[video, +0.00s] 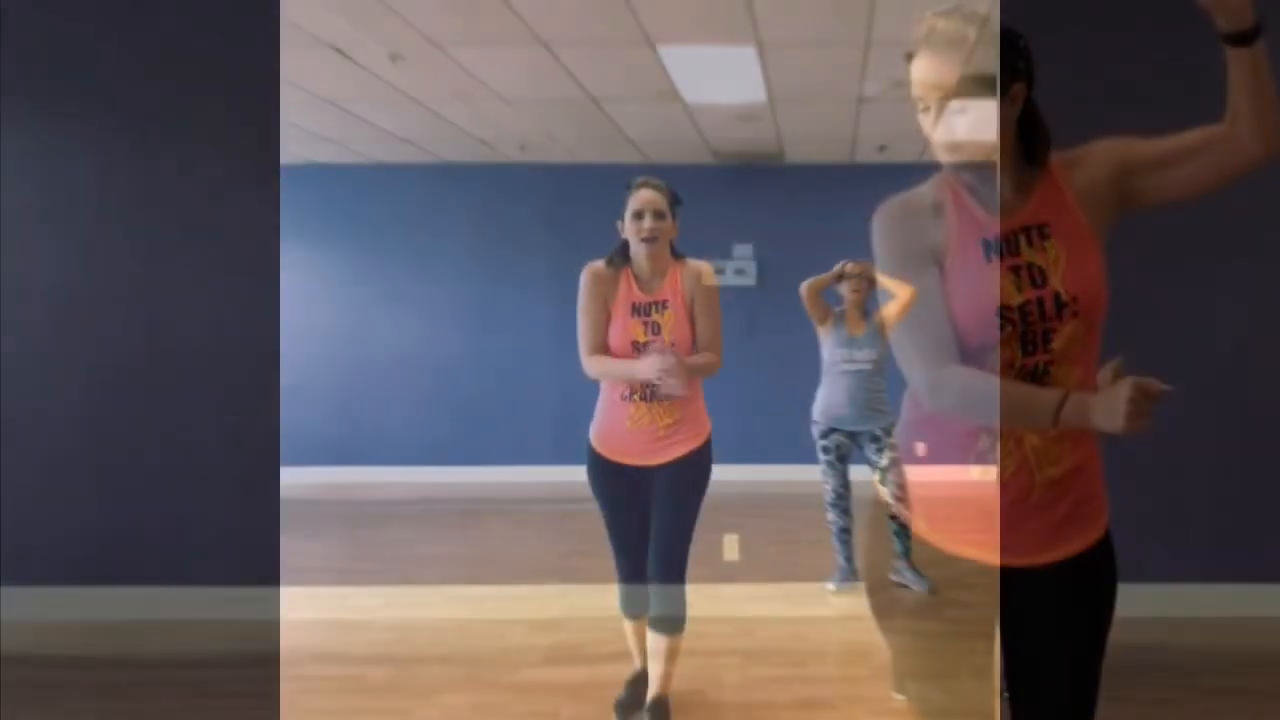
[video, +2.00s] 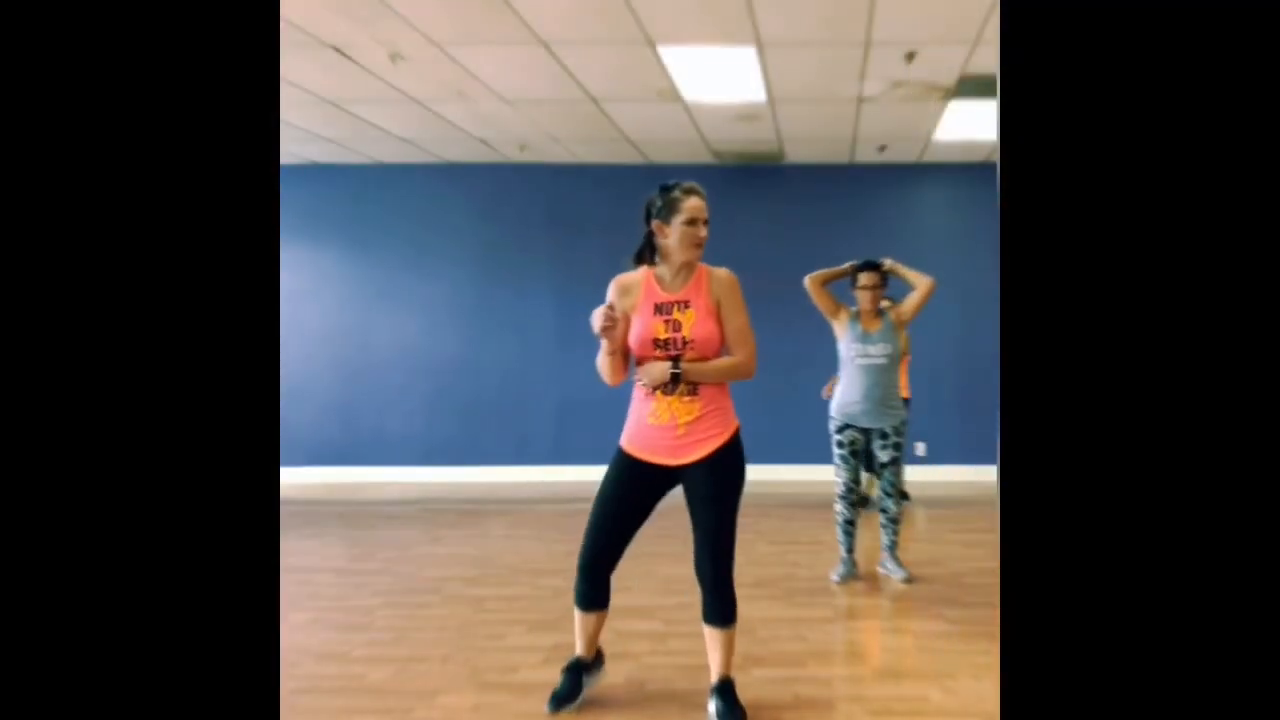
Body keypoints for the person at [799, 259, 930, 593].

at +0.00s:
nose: (856, 288)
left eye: (862, 283)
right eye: (851, 282)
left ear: (870, 290)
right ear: (840, 288)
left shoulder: (879, 324)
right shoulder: (828, 323)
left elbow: (907, 293)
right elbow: (806, 290)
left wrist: (875, 274)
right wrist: (834, 275)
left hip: (875, 420)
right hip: (831, 420)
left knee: (897, 490)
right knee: (836, 497)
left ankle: (903, 563)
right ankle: (844, 566)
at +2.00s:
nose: (870, 293)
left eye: (875, 287)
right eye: (863, 288)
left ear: (884, 291)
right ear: (854, 291)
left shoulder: (896, 320)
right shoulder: (841, 319)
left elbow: (927, 284)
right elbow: (811, 282)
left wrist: (895, 268)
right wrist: (848, 269)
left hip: (888, 416)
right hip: (847, 416)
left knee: (890, 491)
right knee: (847, 491)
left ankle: (889, 557)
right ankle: (846, 558)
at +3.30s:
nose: (847, 290)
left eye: (853, 284)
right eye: (841, 284)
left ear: (862, 289)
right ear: (831, 289)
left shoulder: (872, 322)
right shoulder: (817, 319)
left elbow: (916, 317)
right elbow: (775, 309)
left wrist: (885, 287)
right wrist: (806, 283)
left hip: (865, 417)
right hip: (822, 418)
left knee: (886, 483)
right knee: (825, 490)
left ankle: (887, 554)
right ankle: (828, 560)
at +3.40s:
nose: (851, 288)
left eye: (857, 283)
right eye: (845, 283)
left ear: (866, 289)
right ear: (835, 289)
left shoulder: (878, 323)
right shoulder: (822, 322)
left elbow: (922, 337)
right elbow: (776, 331)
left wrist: (903, 299)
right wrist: (796, 294)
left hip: (870, 418)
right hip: (827, 418)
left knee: (890, 486)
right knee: (827, 491)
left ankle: (899, 554)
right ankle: (828, 560)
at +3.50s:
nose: (858, 288)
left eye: (864, 283)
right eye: (852, 282)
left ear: (873, 289)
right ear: (842, 289)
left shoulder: (885, 324)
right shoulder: (828, 324)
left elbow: (920, 358)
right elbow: (796, 357)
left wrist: (920, 327)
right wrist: (793, 324)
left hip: (877, 420)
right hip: (834, 419)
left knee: (894, 488)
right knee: (831, 491)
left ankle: (906, 557)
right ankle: (828, 560)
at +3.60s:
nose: (867, 288)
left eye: (873, 282)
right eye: (861, 282)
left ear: (882, 290)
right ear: (850, 290)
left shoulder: (895, 326)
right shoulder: (836, 327)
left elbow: (916, 365)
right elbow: (818, 370)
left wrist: (930, 364)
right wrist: (803, 366)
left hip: (888, 421)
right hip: (844, 421)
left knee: (900, 491)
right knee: (838, 491)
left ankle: (907, 558)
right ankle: (829, 560)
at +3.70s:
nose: (877, 288)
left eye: (883, 282)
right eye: (870, 282)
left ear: (892, 289)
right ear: (860, 290)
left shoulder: (904, 325)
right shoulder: (846, 328)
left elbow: (921, 366)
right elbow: (837, 372)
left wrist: (932, 390)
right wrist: (826, 399)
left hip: (899, 421)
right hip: (855, 421)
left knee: (907, 491)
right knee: (844, 490)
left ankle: (908, 558)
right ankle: (831, 559)